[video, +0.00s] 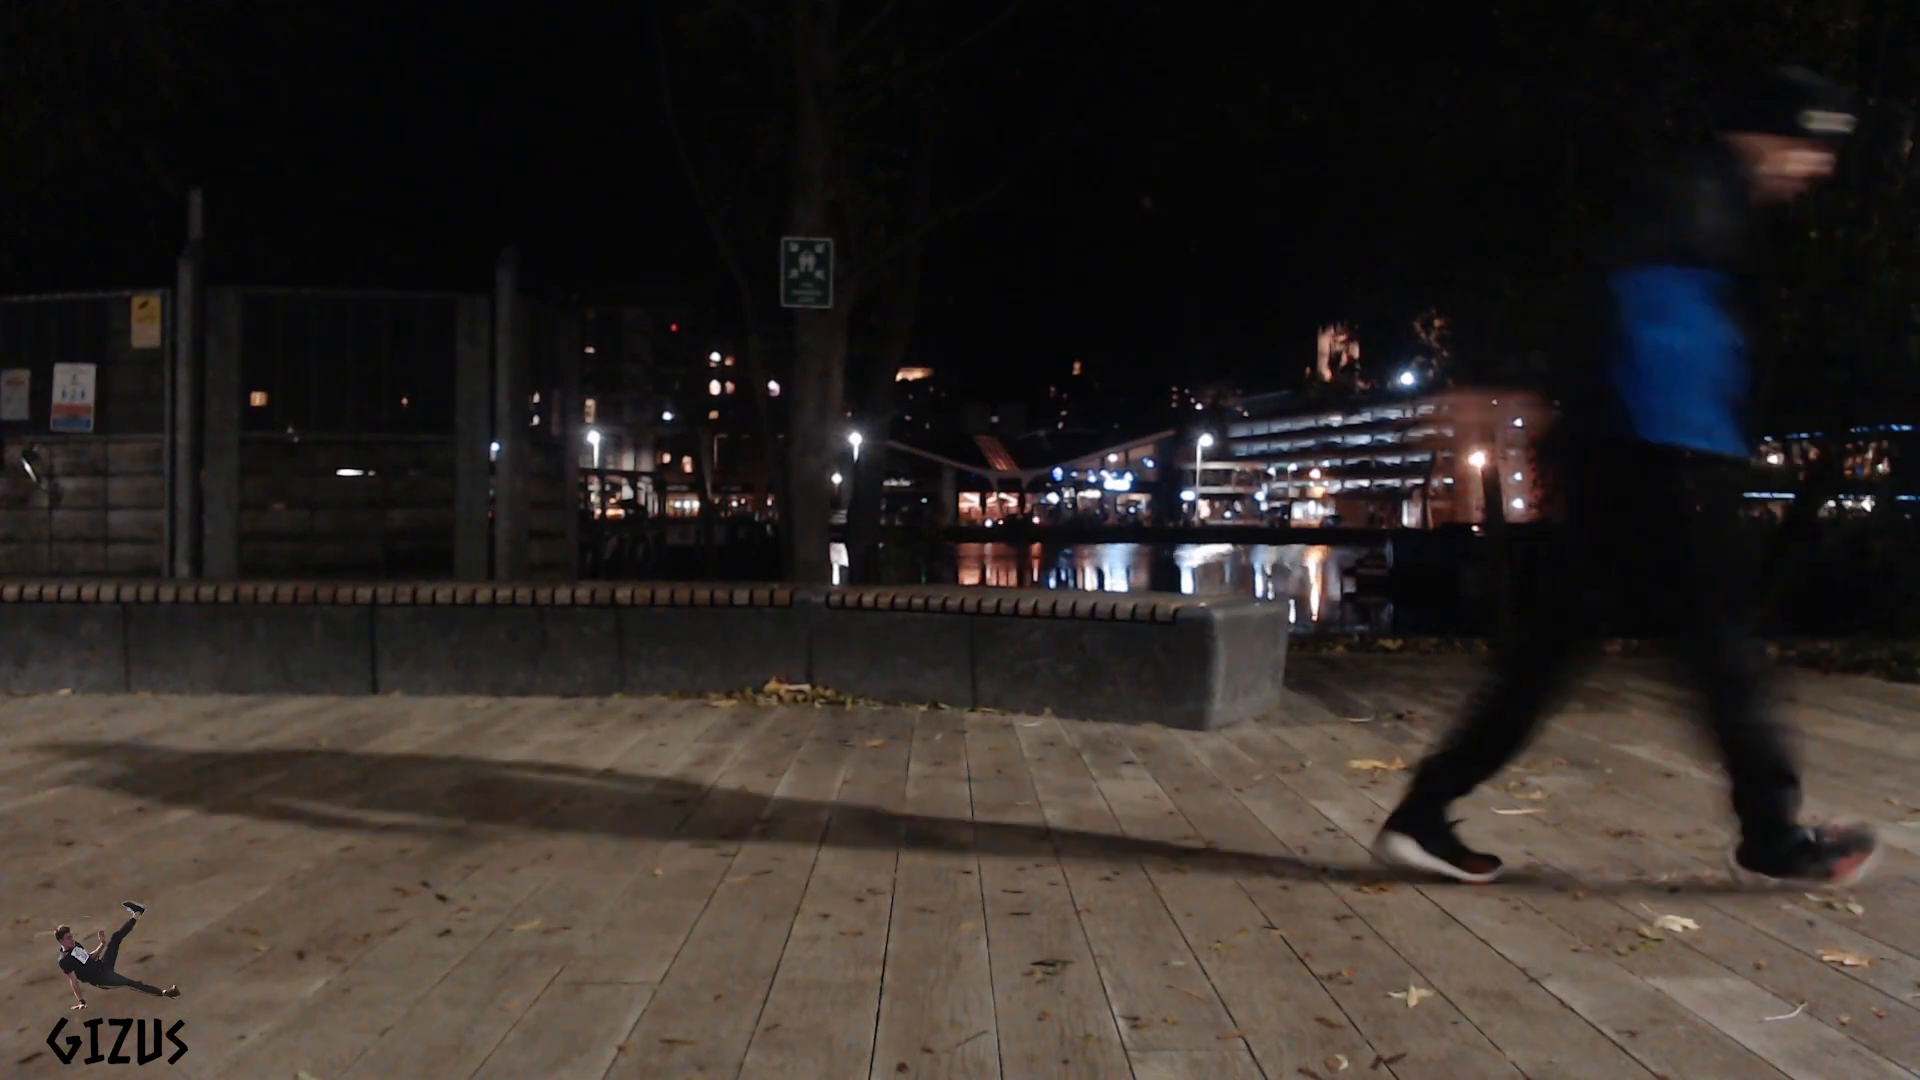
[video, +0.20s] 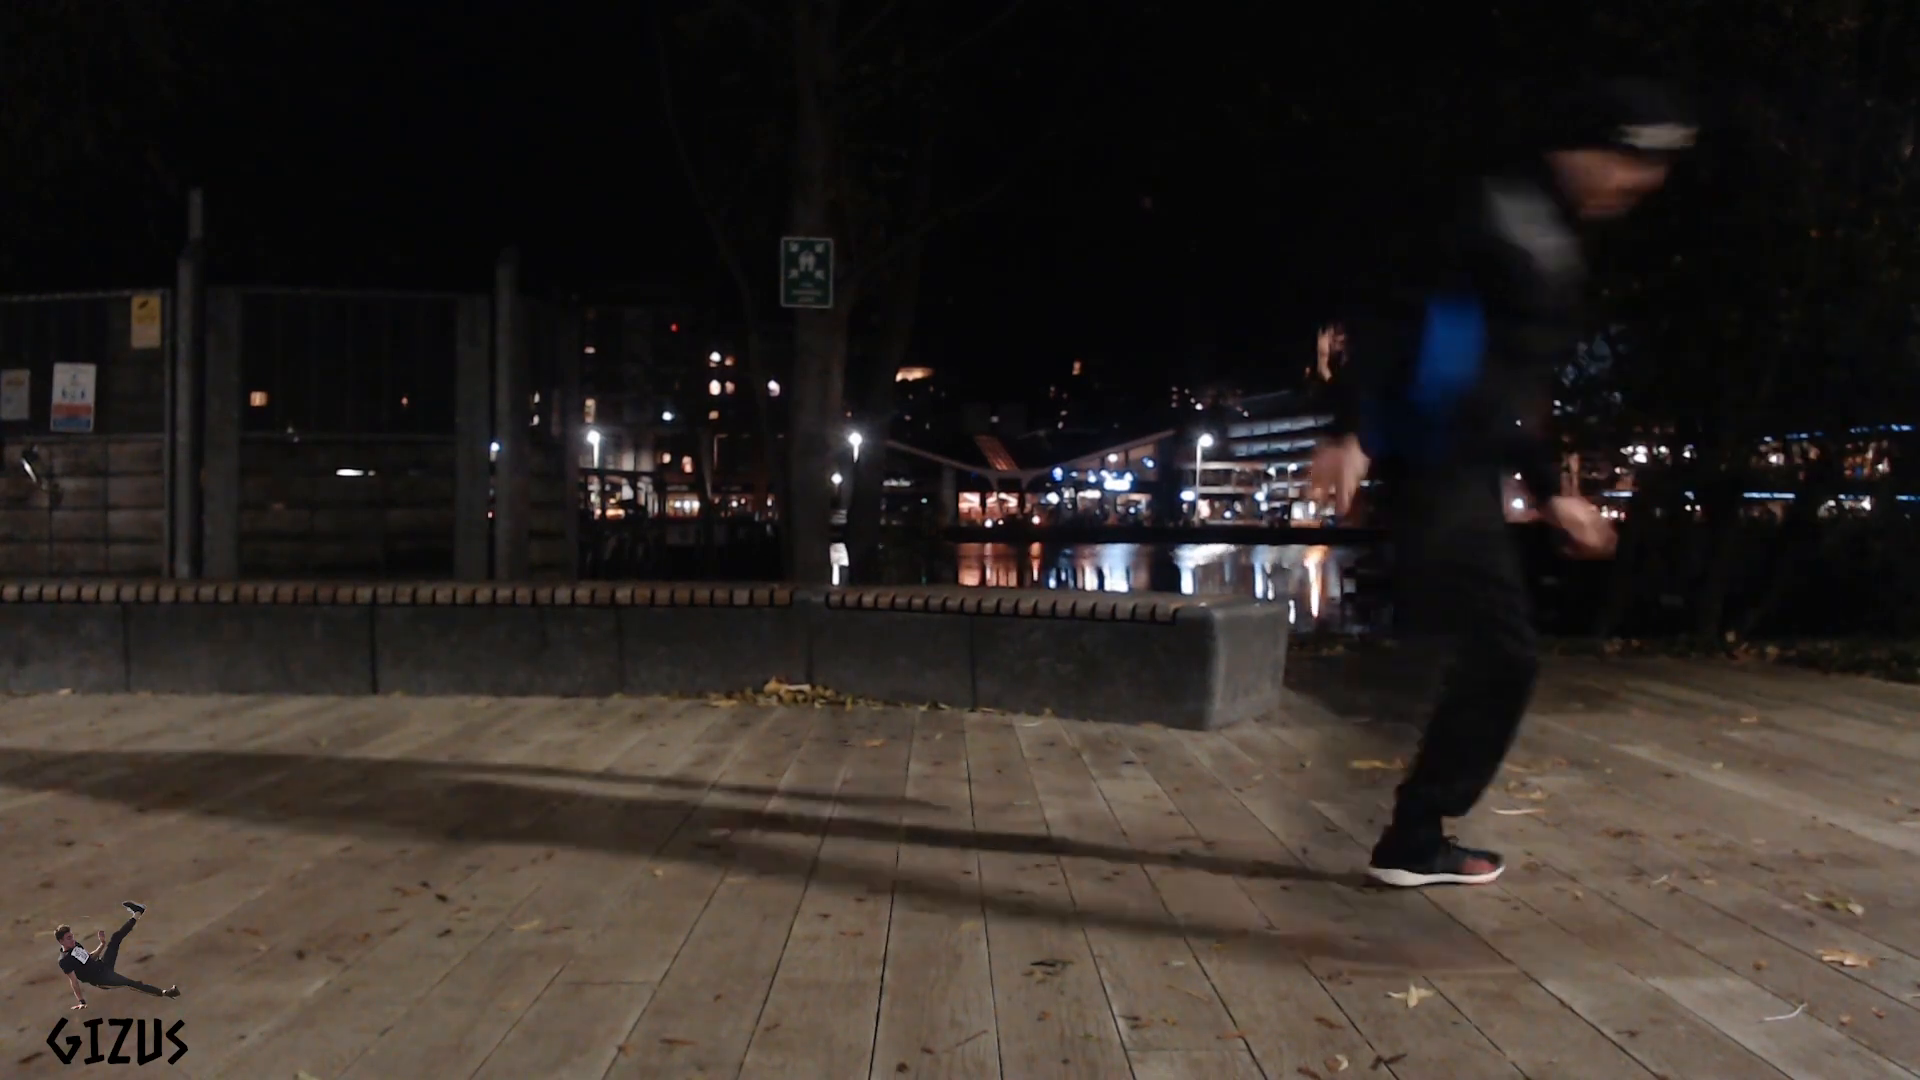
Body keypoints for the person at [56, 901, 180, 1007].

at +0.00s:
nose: (73, 939)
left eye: (72, 936)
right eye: (69, 938)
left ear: (71, 937)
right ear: (61, 941)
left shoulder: (76, 946)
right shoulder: (64, 960)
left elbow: (91, 958)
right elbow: (73, 982)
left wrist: (102, 945)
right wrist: (81, 1001)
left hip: (104, 965)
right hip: (102, 978)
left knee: (115, 939)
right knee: (132, 983)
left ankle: (136, 916)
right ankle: (165, 993)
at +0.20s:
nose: (73, 939)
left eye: (72, 936)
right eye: (69, 938)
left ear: (70, 937)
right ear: (62, 942)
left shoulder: (76, 946)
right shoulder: (64, 960)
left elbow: (91, 957)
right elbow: (73, 982)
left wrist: (102, 944)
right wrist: (81, 1001)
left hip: (104, 965)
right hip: (102, 978)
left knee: (115, 939)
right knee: (132, 983)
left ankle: (136, 916)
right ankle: (165, 993)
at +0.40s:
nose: (72, 939)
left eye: (72, 936)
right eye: (69, 938)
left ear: (71, 936)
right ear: (61, 941)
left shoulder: (76, 946)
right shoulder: (64, 960)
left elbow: (91, 957)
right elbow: (74, 982)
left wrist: (102, 945)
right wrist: (81, 1001)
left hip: (104, 964)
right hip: (102, 978)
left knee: (115, 939)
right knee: (132, 983)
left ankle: (136, 916)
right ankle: (165, 993)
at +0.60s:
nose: (73, 939)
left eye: (72, 936)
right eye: (69, 938)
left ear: (71, 937)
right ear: (61, 942)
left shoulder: (76, 946)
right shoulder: (64, 960)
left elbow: (91, 957)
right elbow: (74, 982)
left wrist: (102, 944)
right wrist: (81, 1001)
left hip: (104, 964)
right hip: (102, 977)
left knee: (115, 938)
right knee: (132, 983)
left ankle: (136, 916)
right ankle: (165, 993)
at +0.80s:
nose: (73, 939)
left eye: (72, 936)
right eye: (69, 938)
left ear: (71, 936)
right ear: (61, 942)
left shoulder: (76, 946)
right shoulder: (64, 960)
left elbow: (91, 957)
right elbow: (74, 982)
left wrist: (102, 944)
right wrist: (81, 1001)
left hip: (104, 964)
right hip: (102, 977)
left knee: (115, 939)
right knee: (132, 983)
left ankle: (136, 916)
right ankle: (165, 993)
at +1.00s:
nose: (73, 939)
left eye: (72, 936)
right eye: (69, 938)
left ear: (71, 937)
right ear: (61, 942)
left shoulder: (76, 946)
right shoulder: (64, 960)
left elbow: (91, 957)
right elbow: (74, 982)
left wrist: (102, 944)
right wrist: (81, 1001)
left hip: (104, 964)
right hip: (102, 977)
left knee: (115, 939)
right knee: (132, 983)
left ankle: (136, 916)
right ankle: (164, 993)